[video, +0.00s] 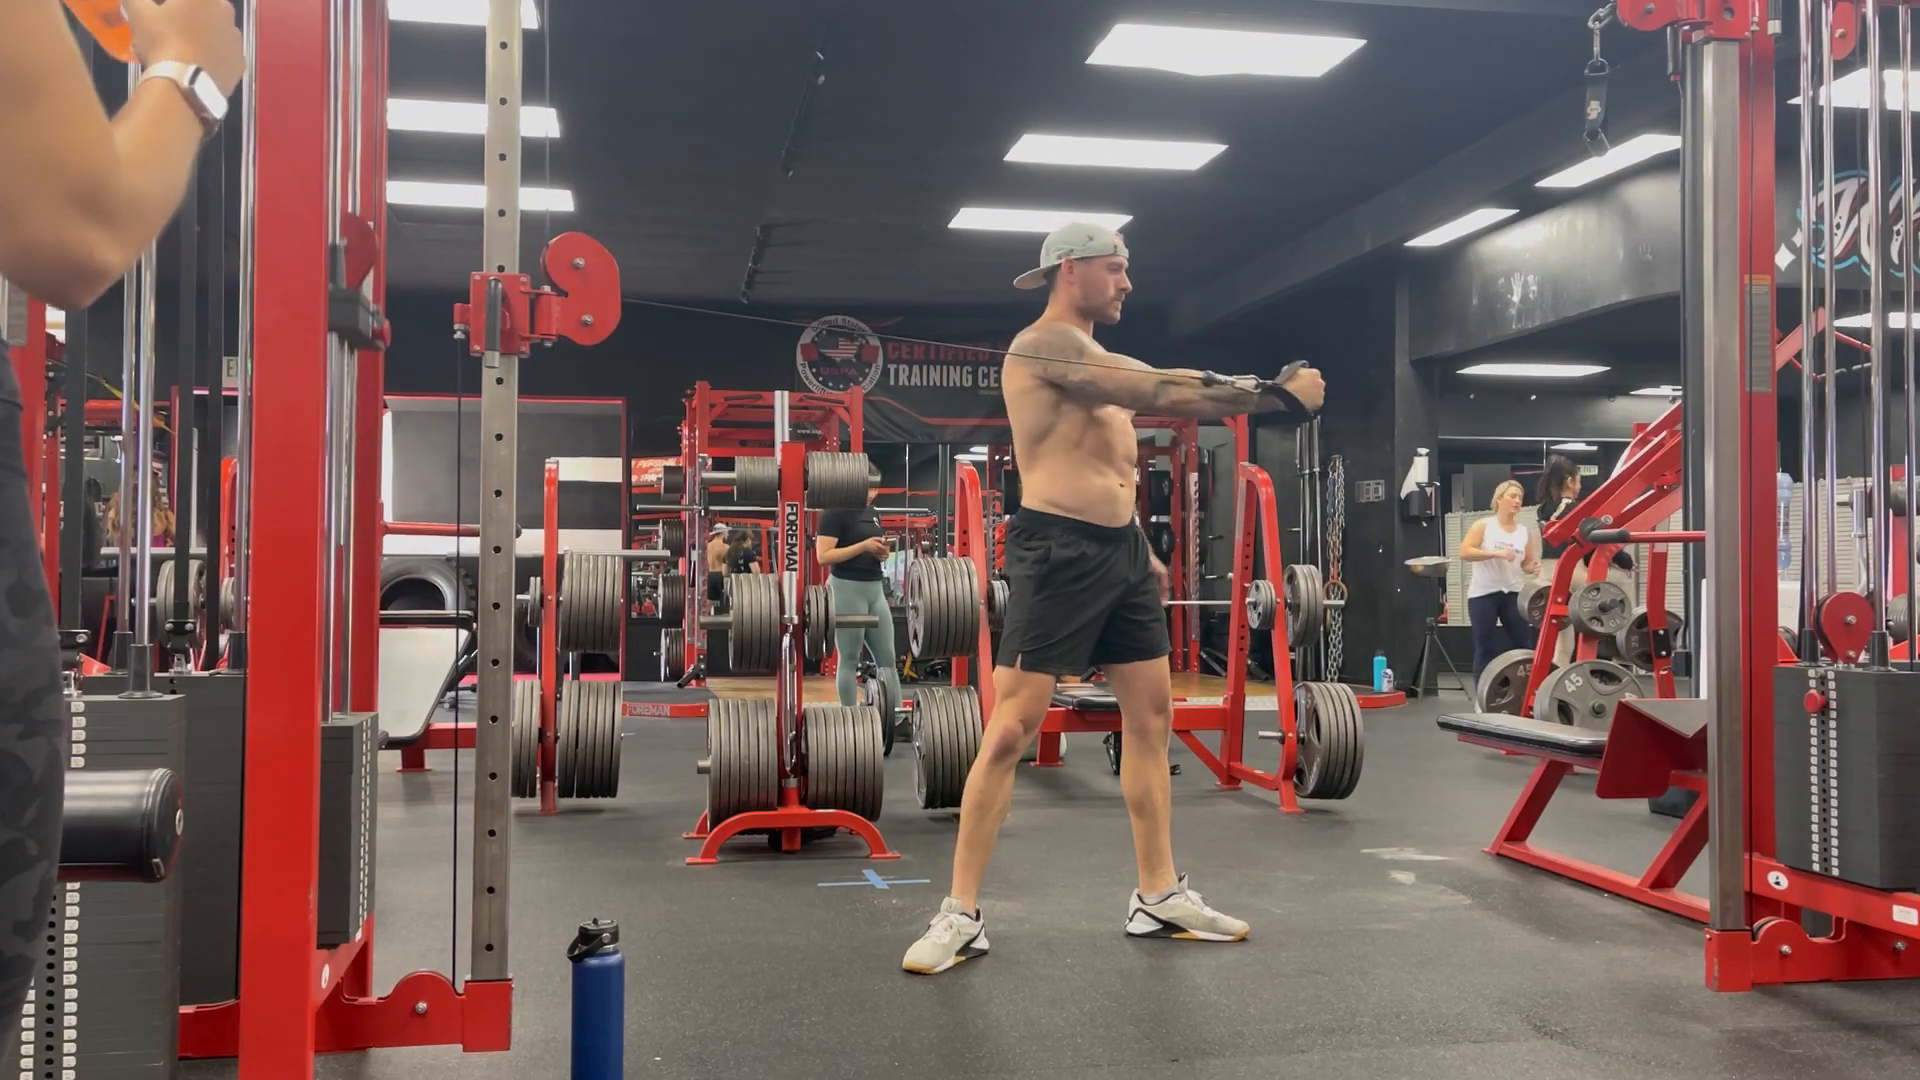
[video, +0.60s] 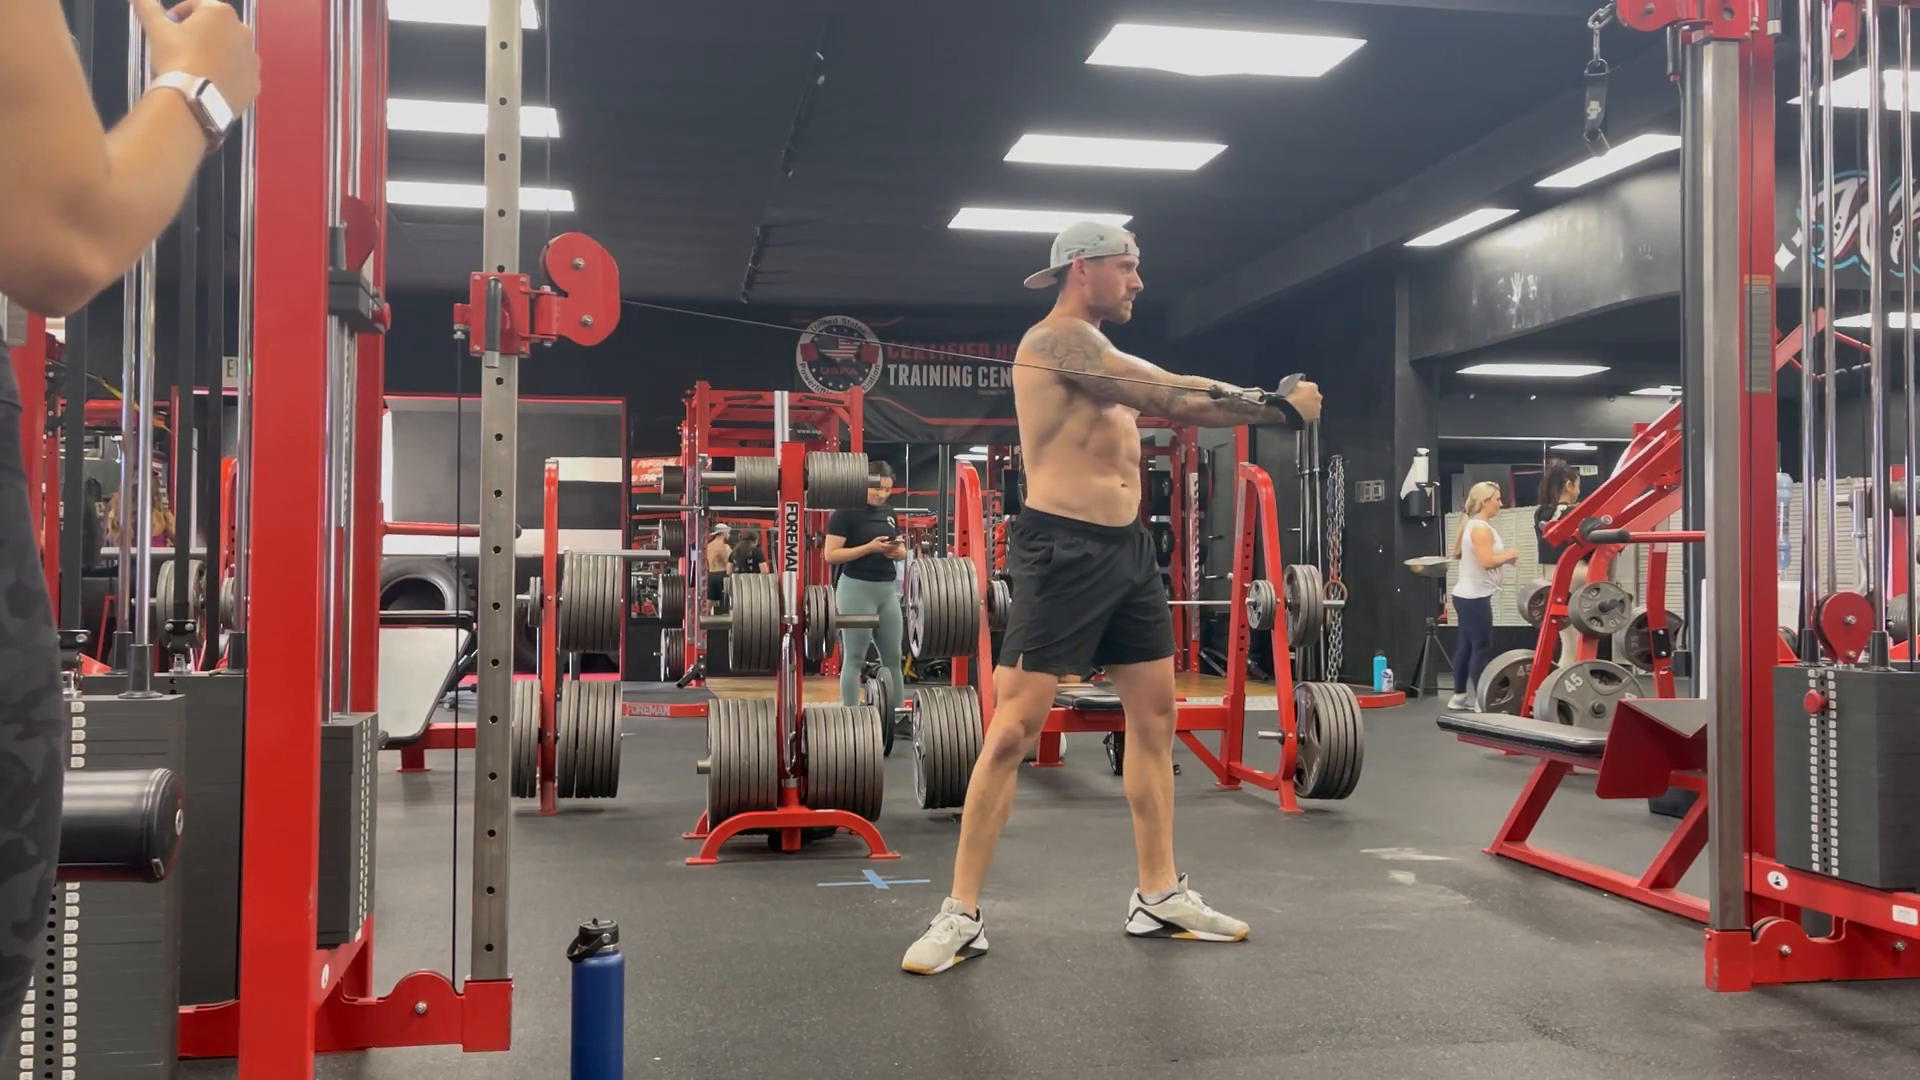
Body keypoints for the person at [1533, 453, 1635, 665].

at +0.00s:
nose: (1580, 485)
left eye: (1579, 480)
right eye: (1578, 480)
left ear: (1553, 481)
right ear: (1569, 481)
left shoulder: (1543, 509)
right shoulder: (1576, 509)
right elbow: (1592, 540)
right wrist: (1625, 561)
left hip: (1550, 570)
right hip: (1575, 571)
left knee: (1560, 628)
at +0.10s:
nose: (1579, 486)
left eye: (1579, 481)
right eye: (1577, 481)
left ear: (1553, 482)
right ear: (1568, 482)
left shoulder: (1541, 509)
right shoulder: (1574, 510)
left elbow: (1545, 539)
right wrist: (1618, 562)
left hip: (1546, 566)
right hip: (1570, 568)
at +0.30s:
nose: (1575, 487)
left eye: (1575, 482)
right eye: (1574, 482)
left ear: (1549, 483)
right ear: (1565, 482)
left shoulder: (1539, 512)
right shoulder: (1573, 511)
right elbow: (1587, 541)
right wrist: (1615, 560)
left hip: (1545, 573)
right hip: (1570, 573)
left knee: (1563, 644)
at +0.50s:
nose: (1576, 489)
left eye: (1576, 484)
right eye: (1575, 484)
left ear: (1550, 484)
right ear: (1566, 484)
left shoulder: (1538, 512)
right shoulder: (1574, 512)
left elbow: (1543, 540)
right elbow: (1585, 544)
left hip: (1545, 574)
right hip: (1571, 576)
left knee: (1564, 647)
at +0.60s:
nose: (1579, 490)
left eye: (1579, 485)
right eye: (1578, 485)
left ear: (1553, 485)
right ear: (1568, 485)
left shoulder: (1540, 513)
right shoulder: (1574, 513)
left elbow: (1545, 544)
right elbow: (1586, 545)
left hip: (1550, 576)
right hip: (1574, 578)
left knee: (1568, 645)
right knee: (1580, 645)